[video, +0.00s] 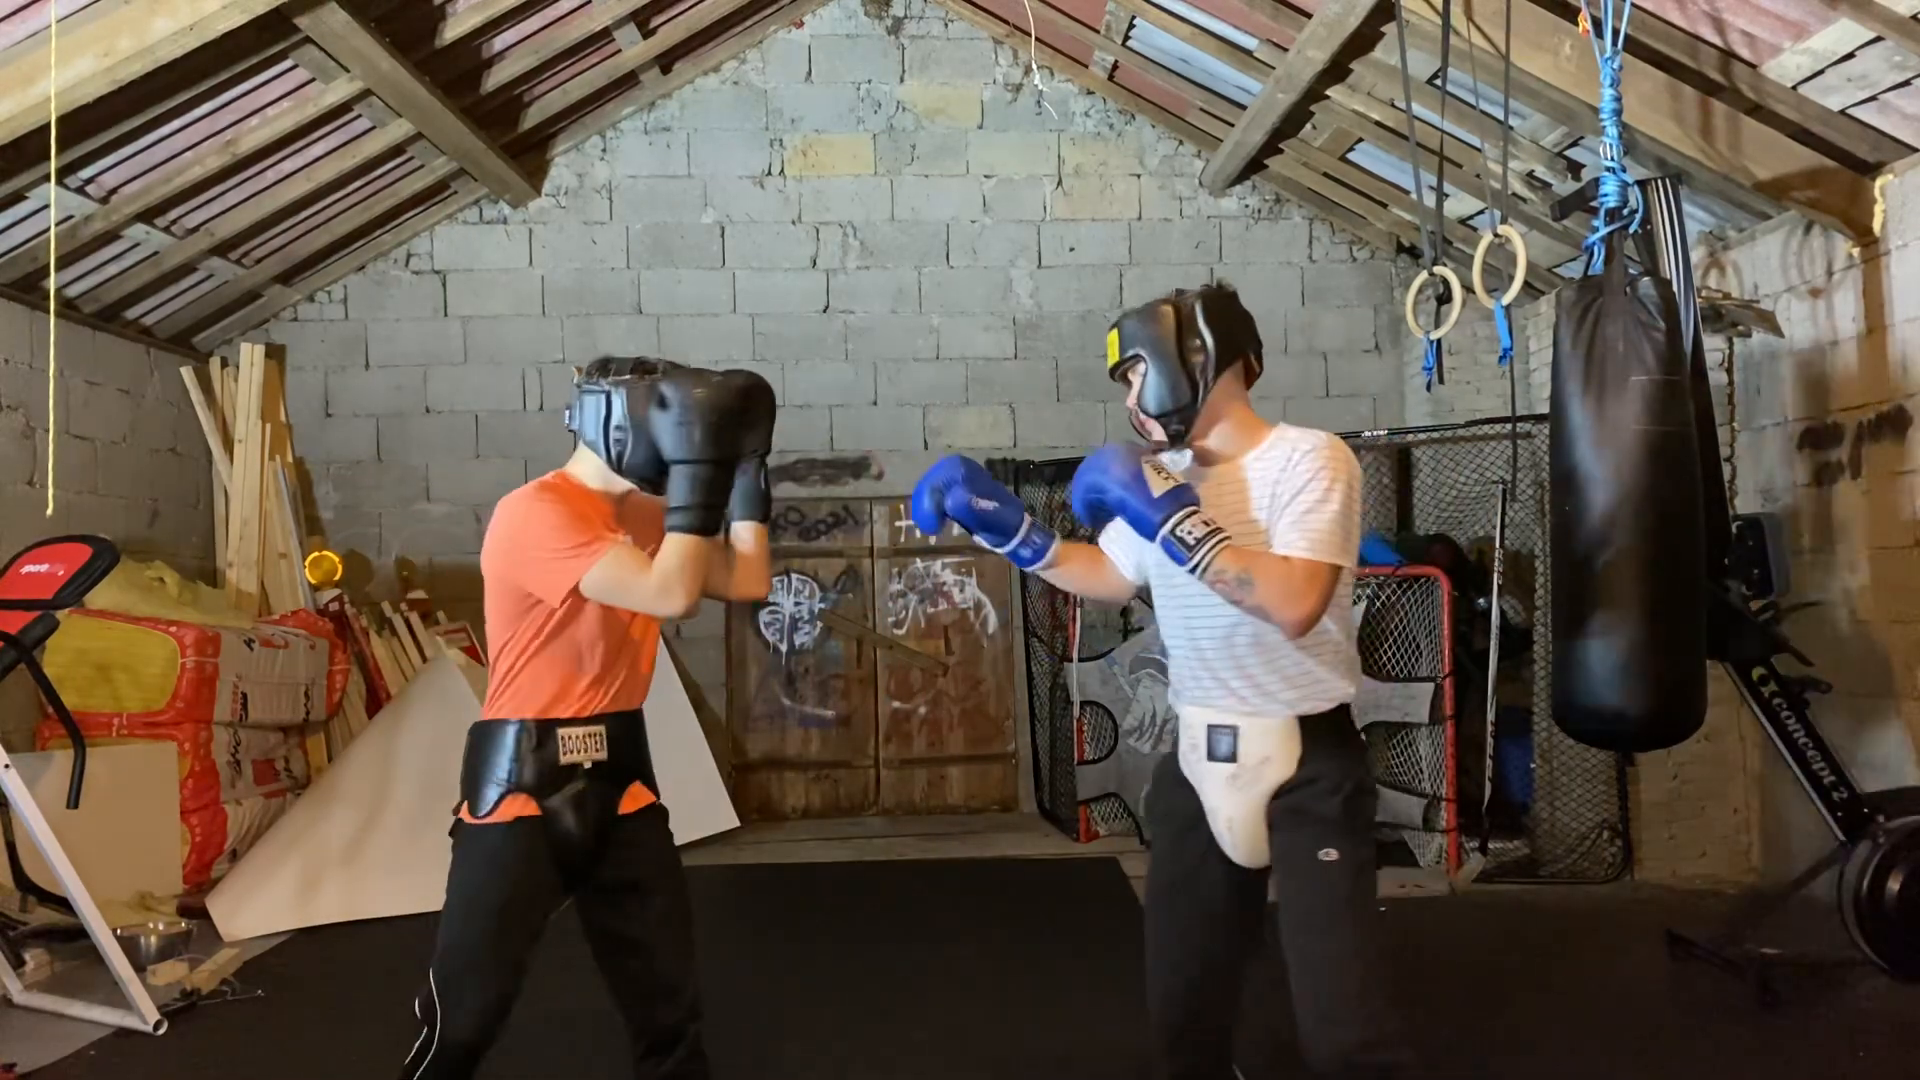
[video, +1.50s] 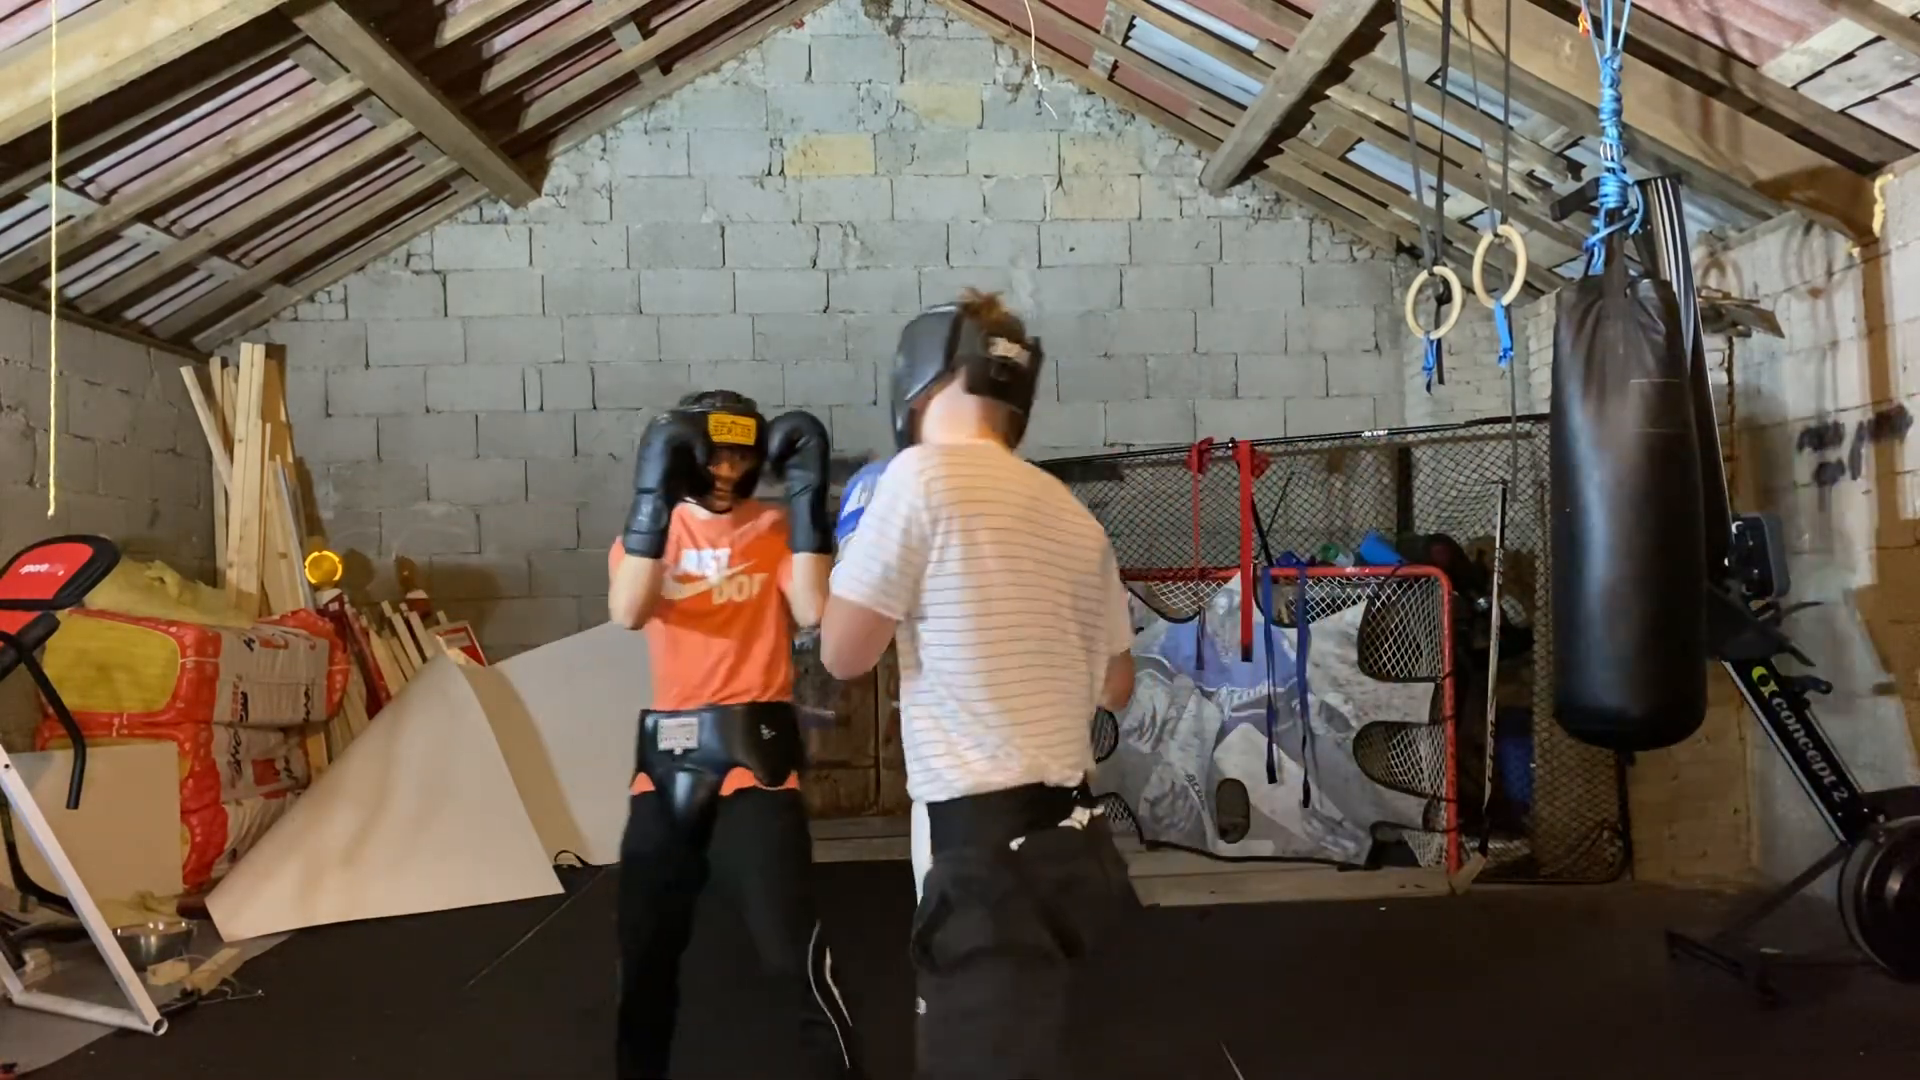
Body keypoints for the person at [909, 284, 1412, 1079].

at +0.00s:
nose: (1129, 398)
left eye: (1140, 371)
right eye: (1127, 376)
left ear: (1210, 368)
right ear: (1211, 369)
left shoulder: (1312, 460)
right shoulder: (1157, 482)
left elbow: (1297, 601)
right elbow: (1111, 574)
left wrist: (1173, 516)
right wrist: (1018, 533)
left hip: (1310, 765)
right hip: (1195, 770)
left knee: (1341, 1029)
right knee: (1184, 1022)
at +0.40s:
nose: (1086, 396)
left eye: (1093, 371)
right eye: (1084, 374)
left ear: (1134, 370)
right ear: (1179, 366)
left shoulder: (1263, 486)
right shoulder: (1146, 494)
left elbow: (1194, 638)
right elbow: (1147, 603)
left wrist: (1097, 542)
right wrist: (1054, 552)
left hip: (1248, 821)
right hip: (1152, 812)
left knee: (1260, 1062)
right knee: (1056, 1028)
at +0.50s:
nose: (1048, 371)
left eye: (1055, 347)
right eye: (1047, 350)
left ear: (1089, 348)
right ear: (1146, 347)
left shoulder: (1204, 463)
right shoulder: (1124, 485)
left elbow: (1127, 618)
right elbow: (1102, 602)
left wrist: (1040, 513)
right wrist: (1026, 504)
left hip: (1213, 801)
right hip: (1127, 799)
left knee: (1252, 1054)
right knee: (1077, 1040)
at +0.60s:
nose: (1010, 399)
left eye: (1015, 376)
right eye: (1011, 378)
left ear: (1050, 376)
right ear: (1103, 375)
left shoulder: (1153, 489)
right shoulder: (1091, 499)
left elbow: (1056, 638)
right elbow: (1062, 567)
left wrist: (988, 533)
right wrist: (1003, 495)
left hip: (1178, 837)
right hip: (1099, 832)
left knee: (1203, 1061)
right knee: (1028, 1034)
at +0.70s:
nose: (984, 433)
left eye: (990, 411)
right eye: (984, 413)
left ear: (1020, 407)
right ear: (1081, 408)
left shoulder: (1114, 523)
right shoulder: (1077, 528)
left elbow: (1004, 667)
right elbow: (1040, 571)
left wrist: (943, 556)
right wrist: (964, 497)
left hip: (1136, 863)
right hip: (1061, 856)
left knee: (1127, 1064)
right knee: (955, 1051)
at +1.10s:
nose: (946, 383)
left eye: (953, 361)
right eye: (949, 363)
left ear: (974, 361)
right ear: (1064, 381)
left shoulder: (1026, 489)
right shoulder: (1107, 497)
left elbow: (931, 655)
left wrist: (897, 532)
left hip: (1055, 874)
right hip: (1121, 857)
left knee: (1023, 1063)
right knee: (982, 1056)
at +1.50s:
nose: (907, 391)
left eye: (912, 374)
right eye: (912, 376)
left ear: (925, 376)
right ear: (1020, 400)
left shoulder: (920, 480)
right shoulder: (1075, 516)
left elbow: (846, 652)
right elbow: (1115, 687)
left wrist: (854, 536)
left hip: (976, 843)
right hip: (1077, 835)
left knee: (983, 1058)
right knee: (1075, 1054)